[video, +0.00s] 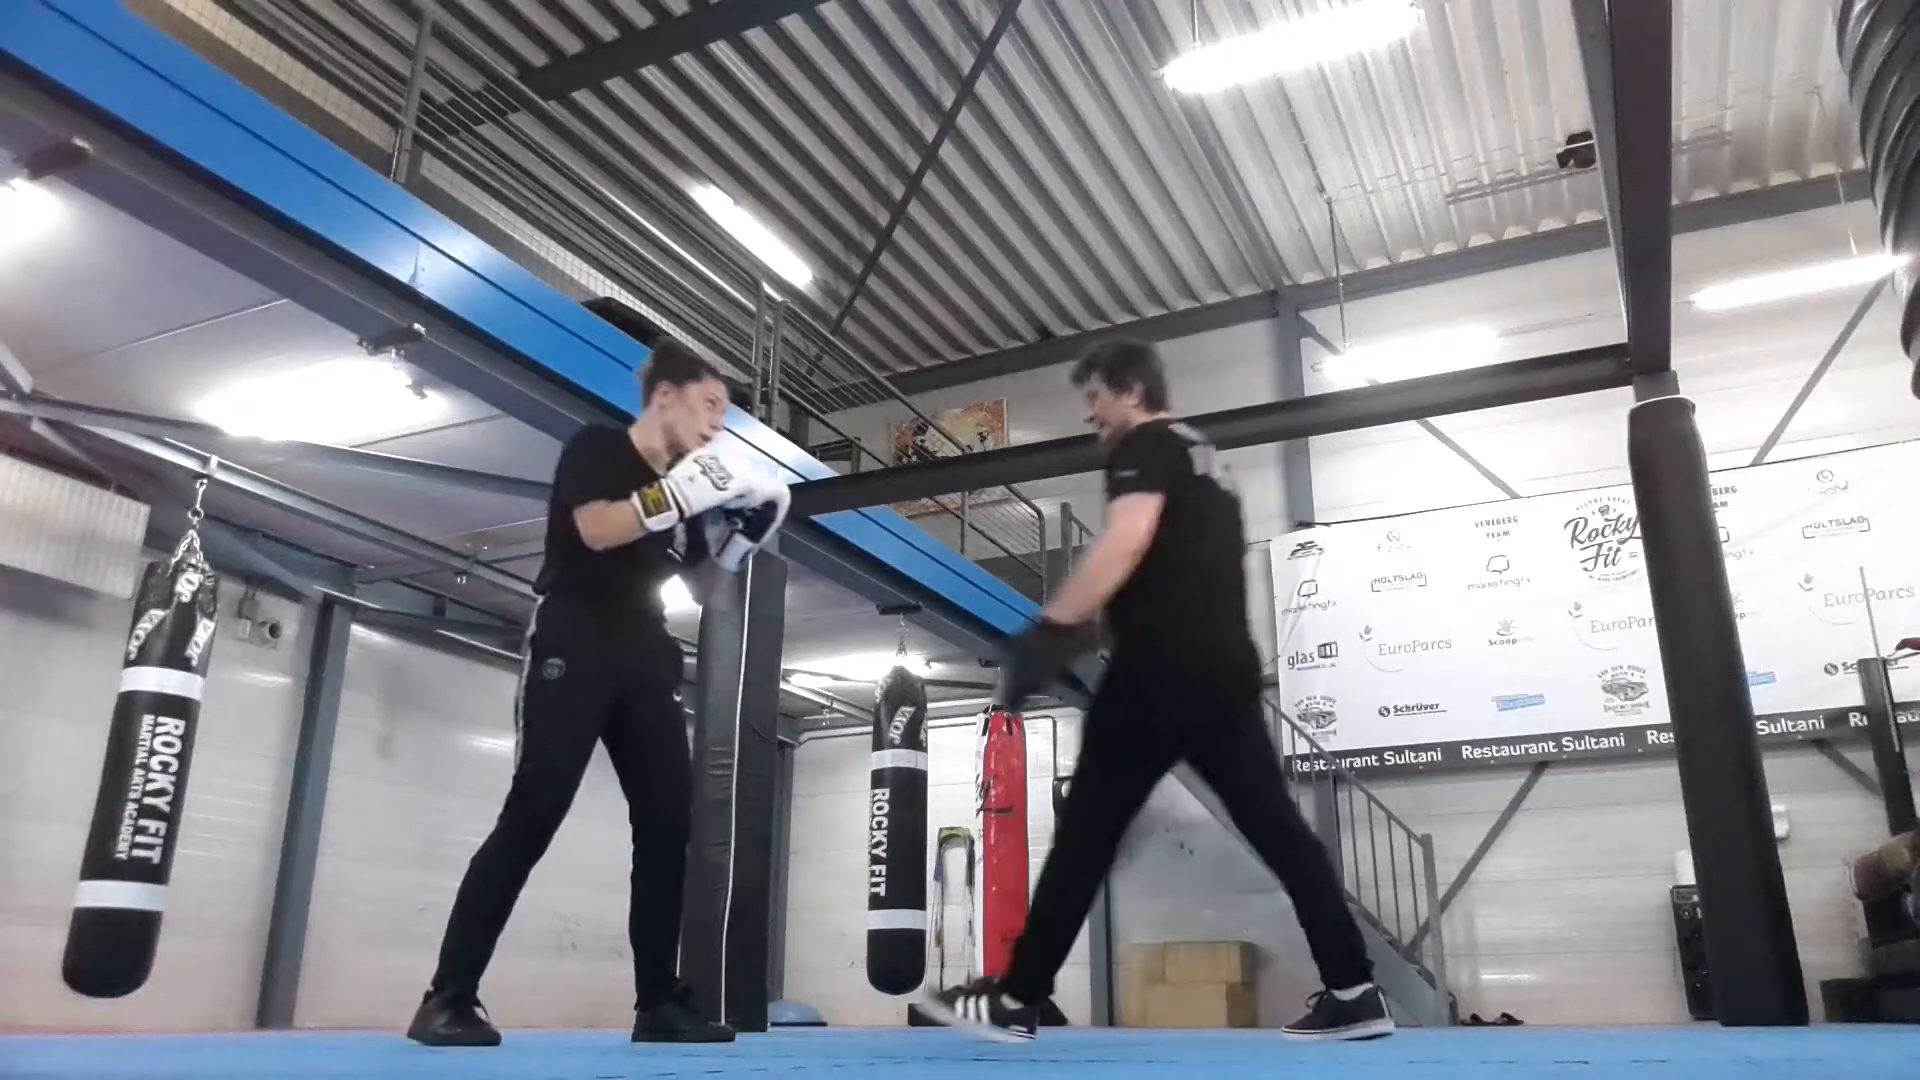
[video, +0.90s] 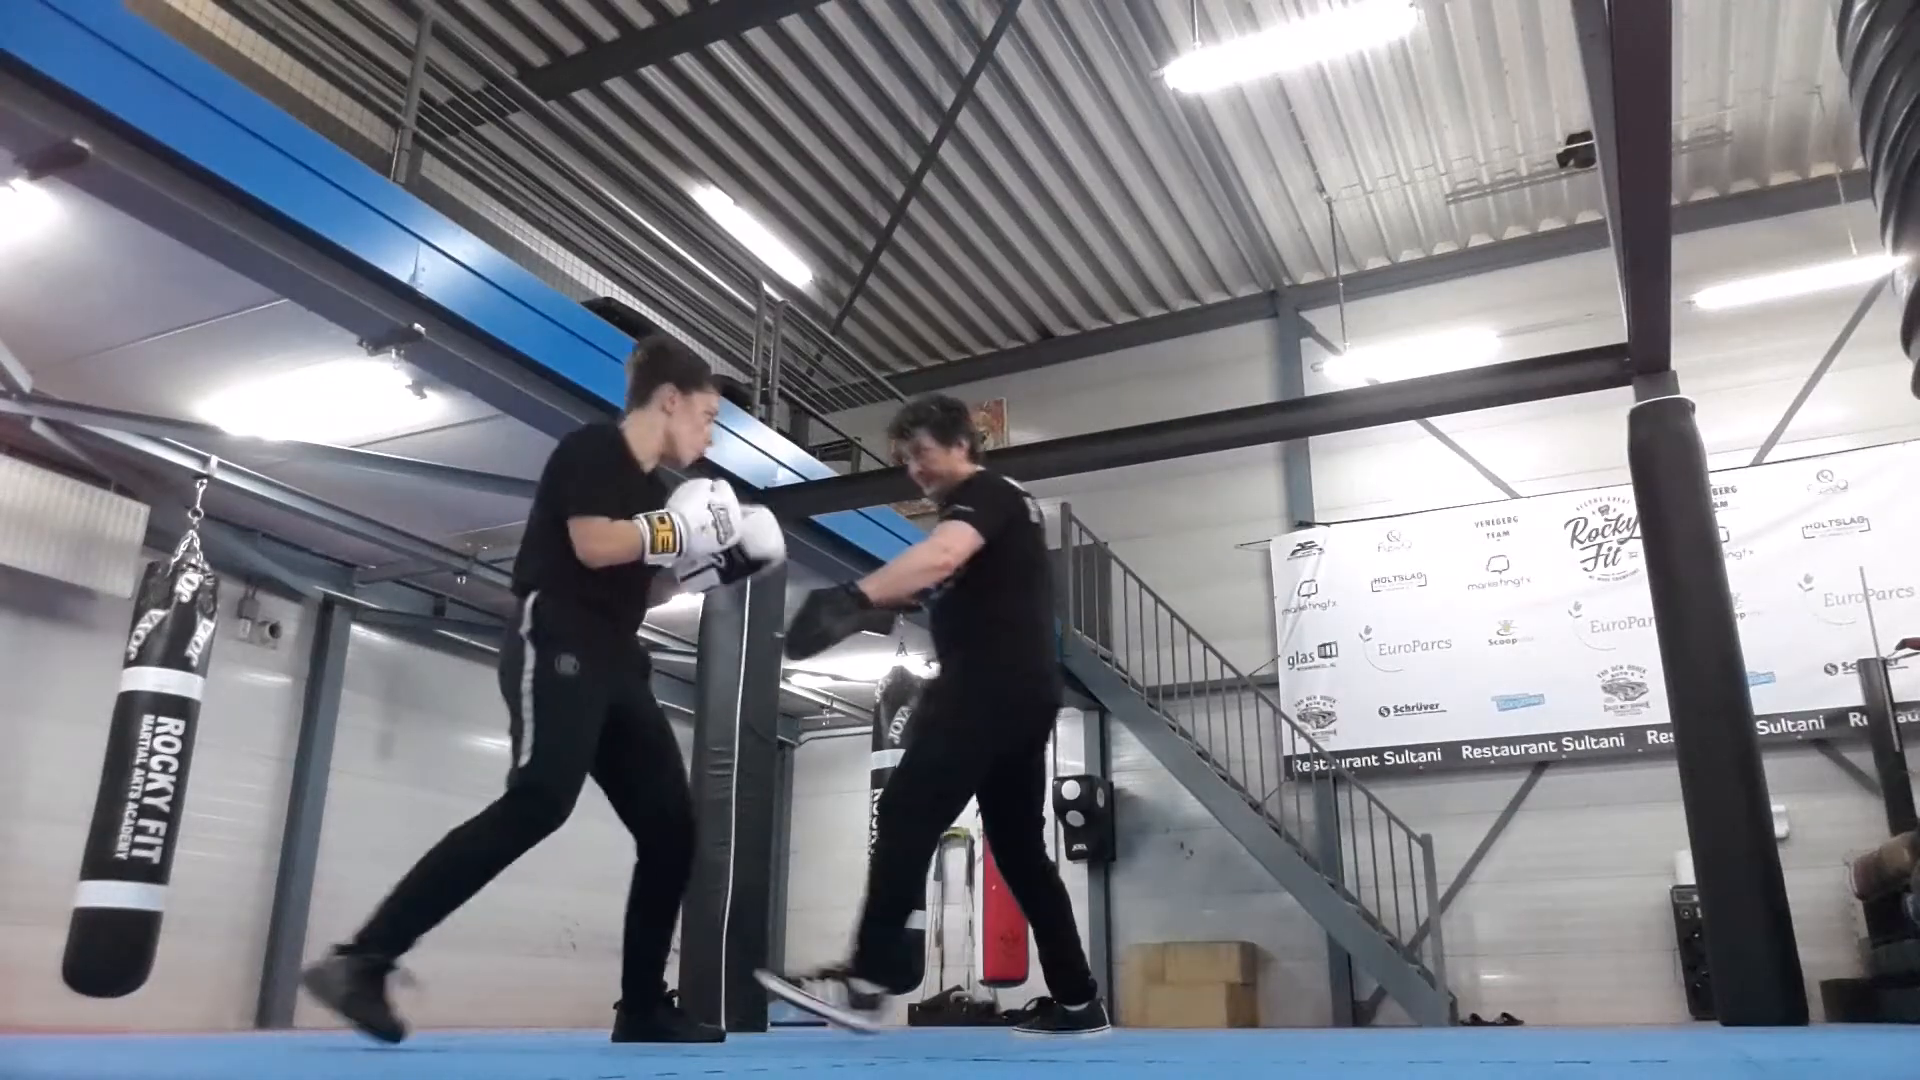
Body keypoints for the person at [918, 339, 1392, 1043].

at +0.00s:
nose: (1088, 416)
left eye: (1093, 400)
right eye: (1086, 403)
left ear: (1129, 392)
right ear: (1147, 397)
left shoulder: (1145, 446)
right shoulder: (1205, 458)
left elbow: (1127, 539)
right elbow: (1184, 574)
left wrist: (1050, 627)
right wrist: (1094, 630)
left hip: (1154, 676)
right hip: (1221, 674)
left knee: (1086, 833)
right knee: (1281, 832)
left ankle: (1021, 991)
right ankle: (1353, 990)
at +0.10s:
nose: (1051, 424)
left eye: (1055, 408)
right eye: (1047, 411)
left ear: (1091, 399)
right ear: (1110, 401)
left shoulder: (1105, 454)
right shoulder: (1169, 464)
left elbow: (1054, 549)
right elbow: (1140, 572)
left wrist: (972, 605)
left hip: (1117, 684)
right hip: (1185, 681)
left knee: (1049, 829)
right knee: (1237, 823)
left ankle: (1006, 997)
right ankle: (1343, 977)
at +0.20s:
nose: (1008, 423)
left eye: (1014, 406)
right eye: (1004, 409)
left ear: (1050, 396)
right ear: (1069, 400)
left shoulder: (1070, 451)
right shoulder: (1129, 457)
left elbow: (998, 530)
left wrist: (895, 578)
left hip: (1085, 673)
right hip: (1151, 673)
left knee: (1027, 826)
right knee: (1181, 825)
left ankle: (1004, 999)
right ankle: (1308, 944)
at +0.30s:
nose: (982, 424)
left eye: (987, 407)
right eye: (978, 412)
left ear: (1026, 397)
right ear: (1047, 401)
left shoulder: (1043, 451)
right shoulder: (1106, 458)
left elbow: (958, 516)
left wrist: (849, 554)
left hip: (1065, 667)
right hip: (1128, 666)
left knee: (1017, 828)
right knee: (1121, 820)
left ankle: (1003, 1001)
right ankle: (1253, 923)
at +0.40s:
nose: (967, 422)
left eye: (972, 407)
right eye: (964, 411)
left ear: (1007, 397)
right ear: (1026, 400)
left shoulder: (1028, 450)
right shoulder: (1081, 457)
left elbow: (940, 514)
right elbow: (1026, 555)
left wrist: (834, 549)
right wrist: (957, 526)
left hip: (1047, 669)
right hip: (1104, 668)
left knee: (1010, 824)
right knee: (1096, 817)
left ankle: (1003, 996)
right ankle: (1187, 961)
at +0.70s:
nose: (949, 475)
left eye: (954, 459)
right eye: (943, 463)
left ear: (993, 449)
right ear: (1004, 455)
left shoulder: (1018, 498)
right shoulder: (1046, 512)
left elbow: (959, 556)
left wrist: (859, 590)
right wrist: (896, 597)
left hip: (1019, 693)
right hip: (1058, 699)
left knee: (924, 812)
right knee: (1024, 854)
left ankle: (983, 976)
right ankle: (1077, 1000)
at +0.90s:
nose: (914, 470)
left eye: (922, 453)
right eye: (907, 460)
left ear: (959, 444)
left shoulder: (987, 492)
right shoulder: (992, 506)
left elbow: (941, 558)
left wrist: (850, 598)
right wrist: (879, 606)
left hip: (984, 689)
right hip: (1021, 692)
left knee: (906, 817)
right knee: (1020, 850)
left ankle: (870, 983)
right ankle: (1077, 1000)